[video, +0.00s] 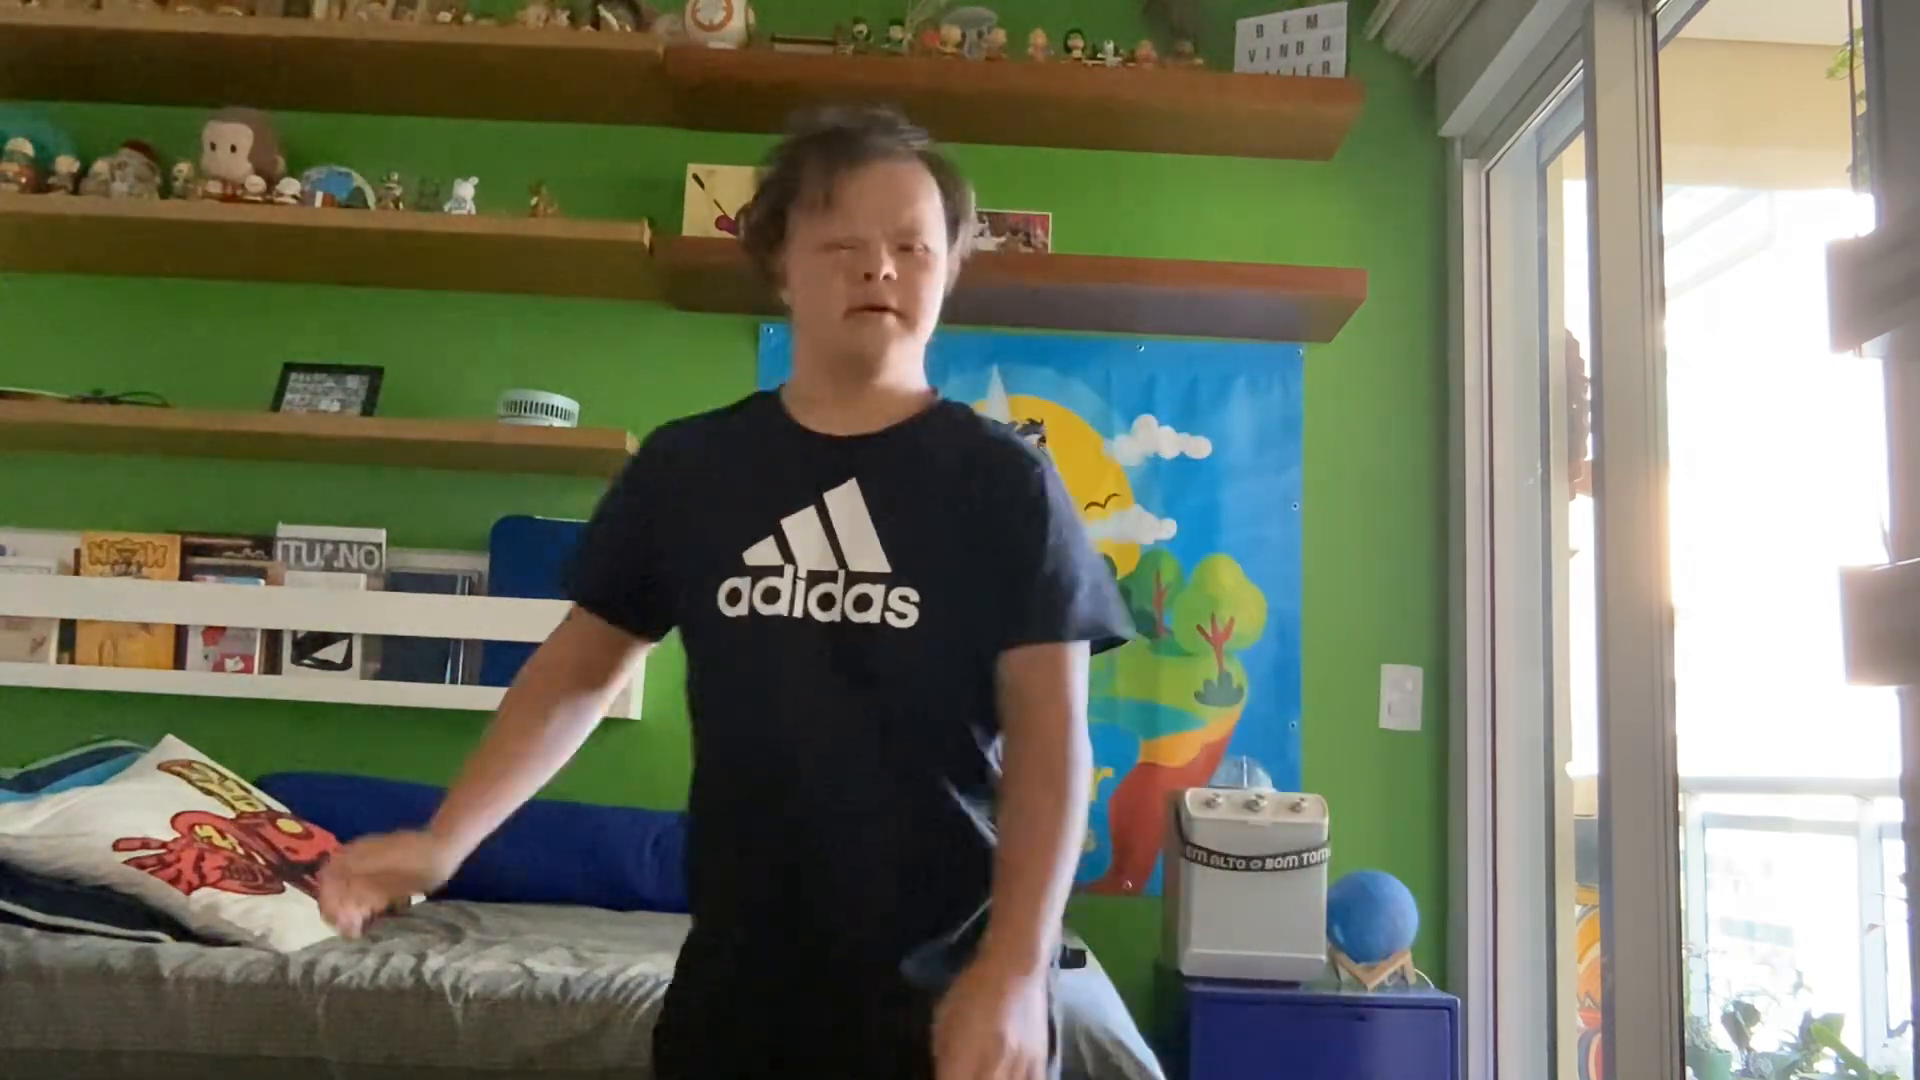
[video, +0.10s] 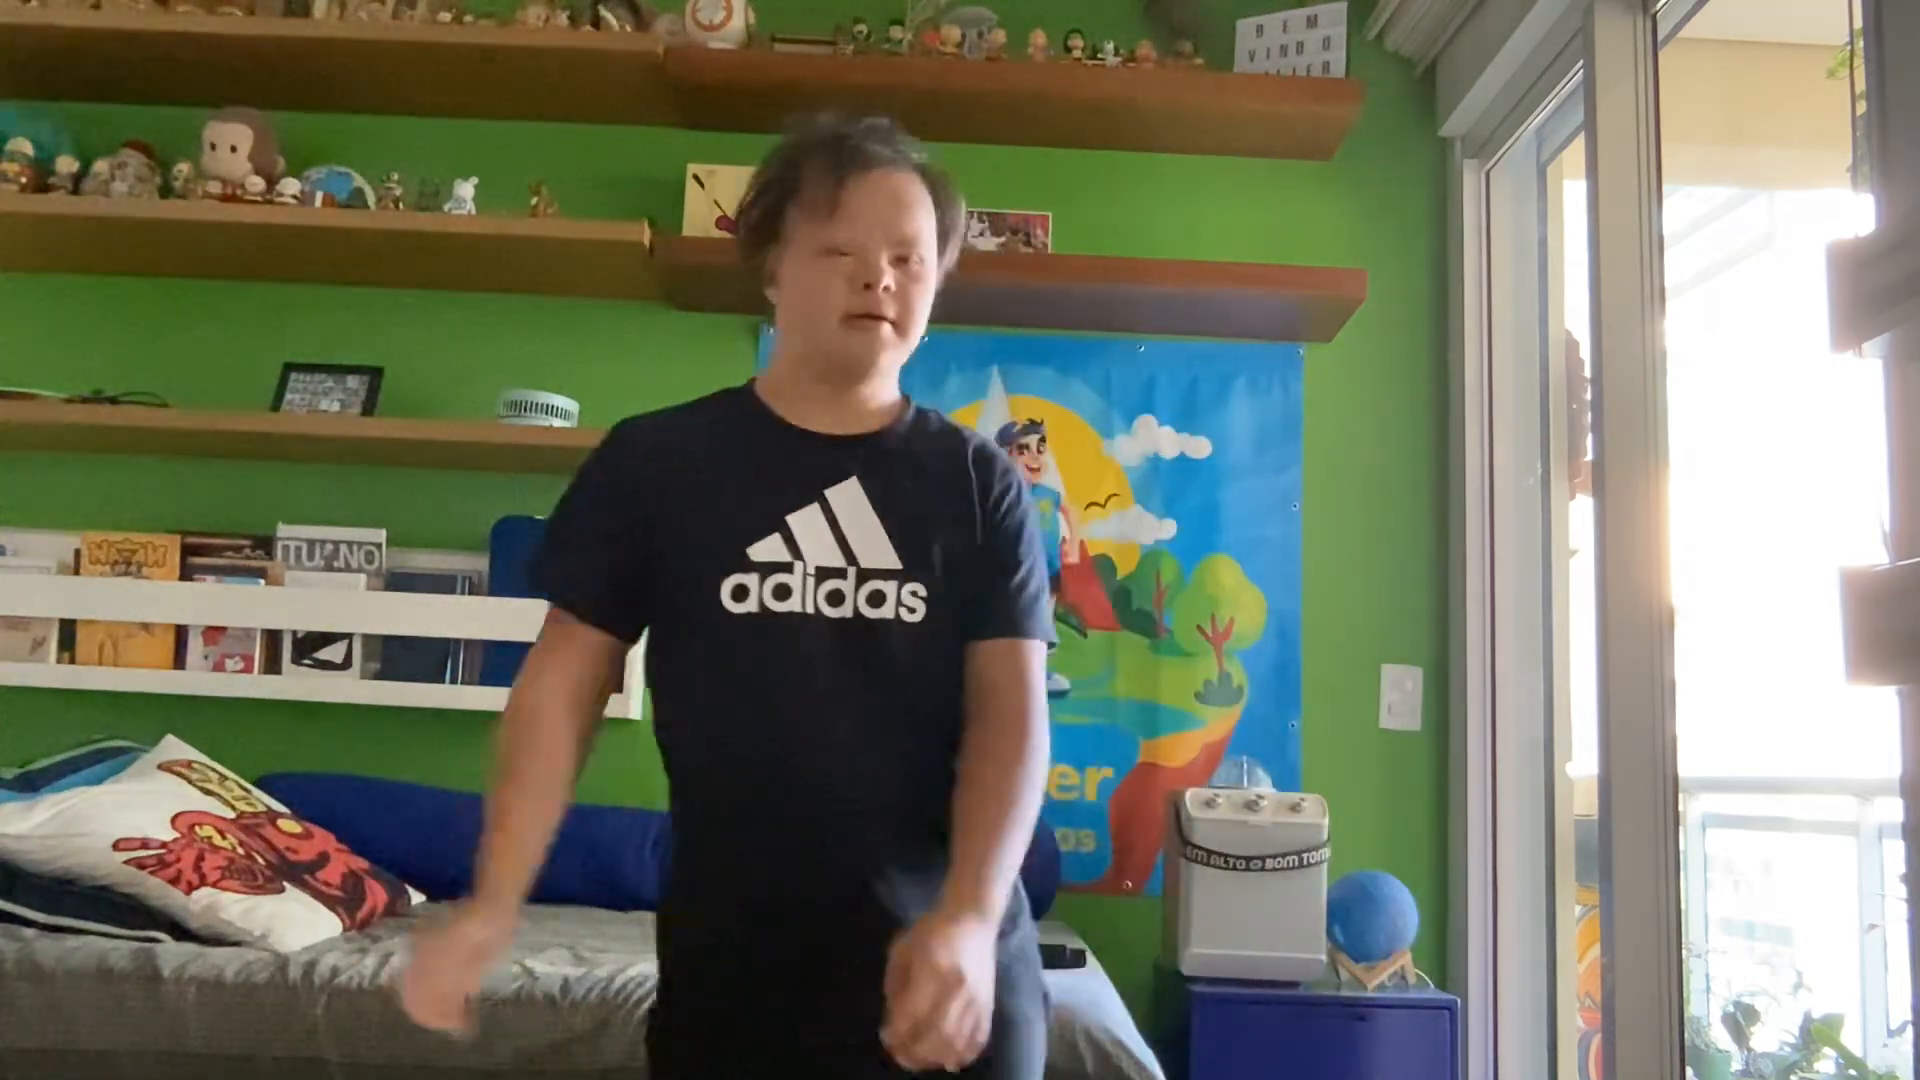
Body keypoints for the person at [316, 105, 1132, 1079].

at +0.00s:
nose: (878, 269)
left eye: (909, 243)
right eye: (842, 242)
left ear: (949, 271)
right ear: (780, 261)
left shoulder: (1003, 478)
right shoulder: (687, 468)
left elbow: (1048, 737)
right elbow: (576, 674)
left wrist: (1013, 969)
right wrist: (443, 842)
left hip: (953, 971)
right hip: (751, 965)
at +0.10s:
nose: (876, 280)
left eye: (905, 255)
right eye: (838, 251)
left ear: (936, 283)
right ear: (771, 267)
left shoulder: (977, 487)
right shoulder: (654, 463)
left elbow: (1011, 721)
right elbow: (561, 683)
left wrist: (971, 919)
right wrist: (494, 901)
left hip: (945, 974)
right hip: (740, 967)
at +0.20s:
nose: (871, 288)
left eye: (897, 265)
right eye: (833, 259)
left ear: (925, 293)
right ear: (763, 273)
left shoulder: (965, 492)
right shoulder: (648, 466)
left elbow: (1000, 710)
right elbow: (583, 703)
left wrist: (941, 890)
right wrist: (618, 931)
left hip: (932, 978)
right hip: (719, 973)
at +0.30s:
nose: (880, 299)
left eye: (905, 275)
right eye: (841, 270)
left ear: (932, 303)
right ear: (773, 282)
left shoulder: (961, 503)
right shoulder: (671, 465)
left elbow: (996, 721)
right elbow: (614, 706)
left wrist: (966, 903)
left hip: (928, 977)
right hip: (734, 976)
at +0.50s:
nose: (933, 325)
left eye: (959, 303)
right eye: (896, 296)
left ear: (985, 329)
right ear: (833, 302)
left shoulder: (1004, 524)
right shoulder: (741, 462)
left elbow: (1032, 736)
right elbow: (659, 664)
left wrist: (1066, 927)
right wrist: (822, 797)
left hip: (973, 986)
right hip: (778, 982)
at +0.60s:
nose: (958, 340)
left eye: (986, 318)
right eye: (924, 310)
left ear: (1015, 341)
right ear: (859, 316)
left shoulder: (1035, 531)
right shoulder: (774, 463)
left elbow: (1067, 740)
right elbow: (695, 636)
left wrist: (1101, 935)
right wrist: (853, 732)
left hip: (995, 990)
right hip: (795, 983)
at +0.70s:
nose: (1006, 359)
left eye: (1033, 336)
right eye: (971, 331)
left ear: (1063, 356)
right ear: (907, 339)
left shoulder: (1092, 554)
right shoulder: (833, 477)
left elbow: (1138, 756)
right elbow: (751, 593)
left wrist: (1152, 955)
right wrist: (891, 647)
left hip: (1033, 991)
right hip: (835, 978)